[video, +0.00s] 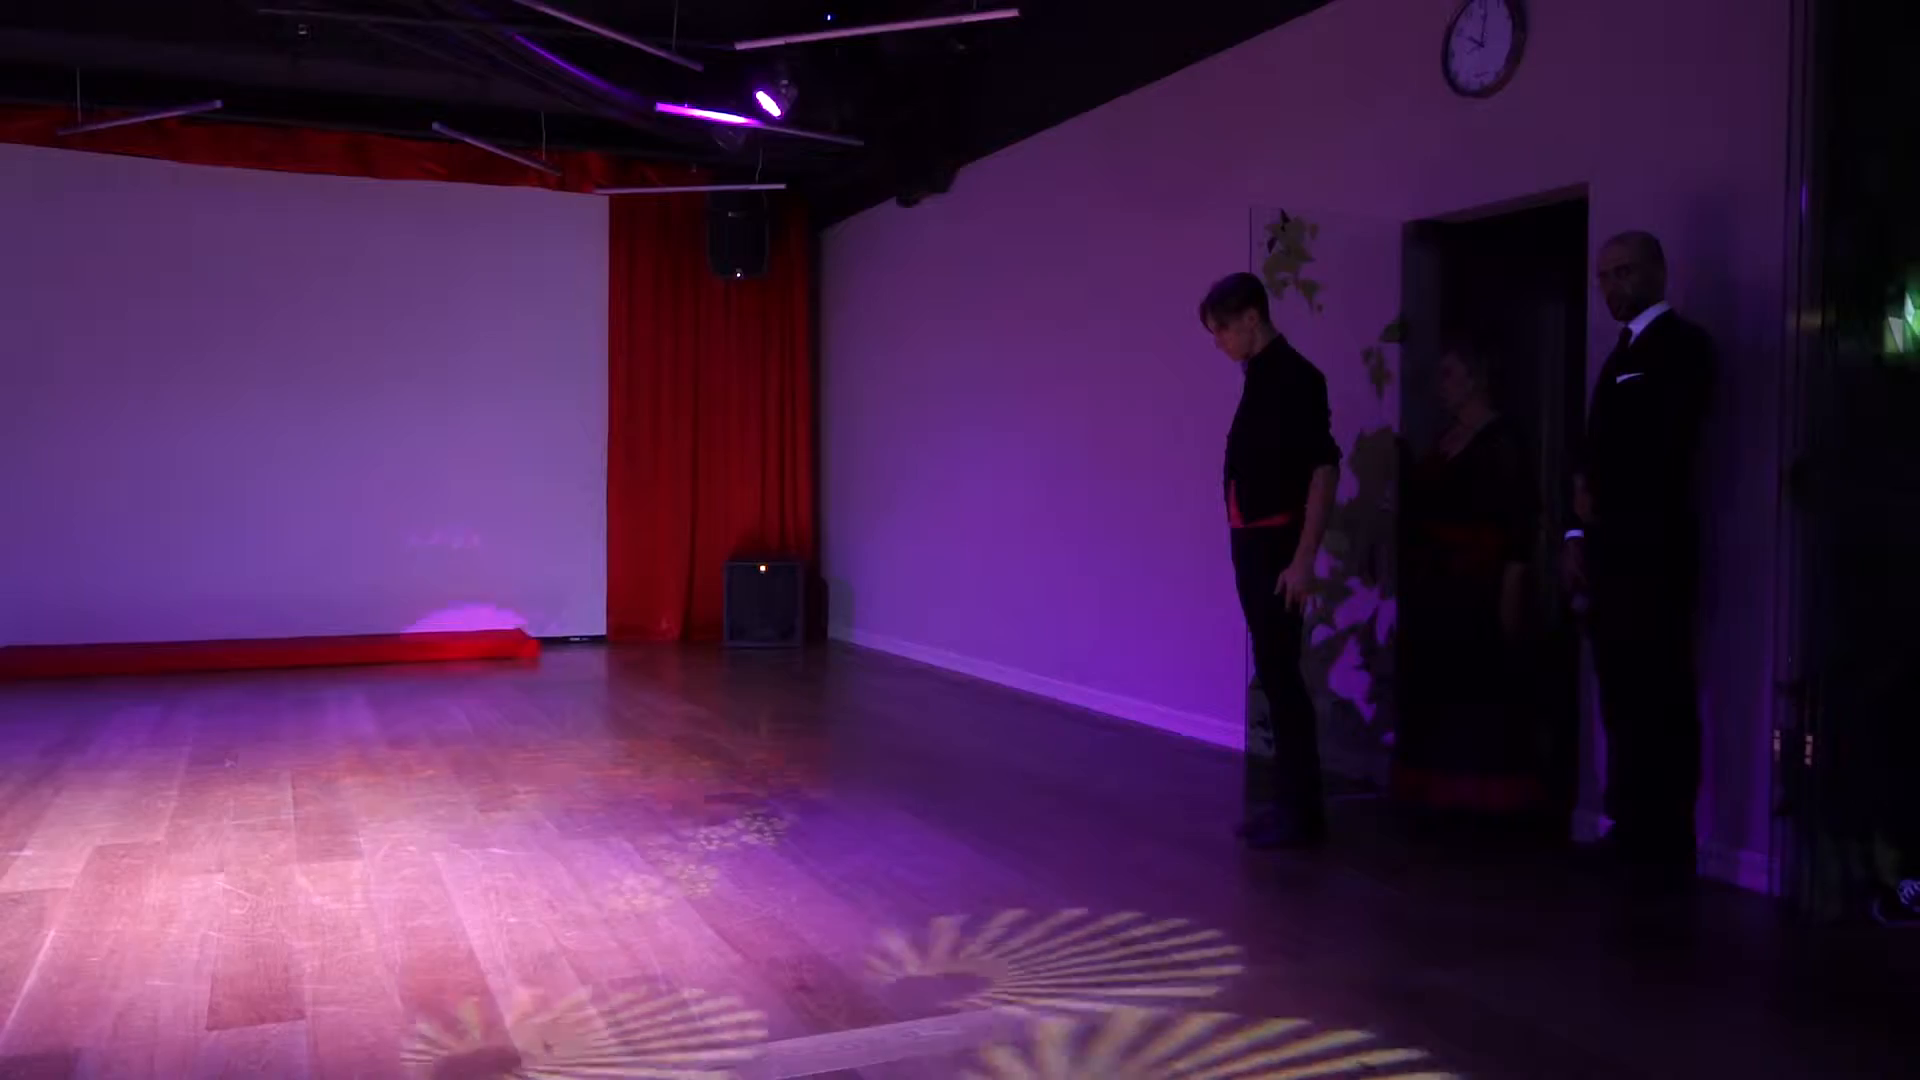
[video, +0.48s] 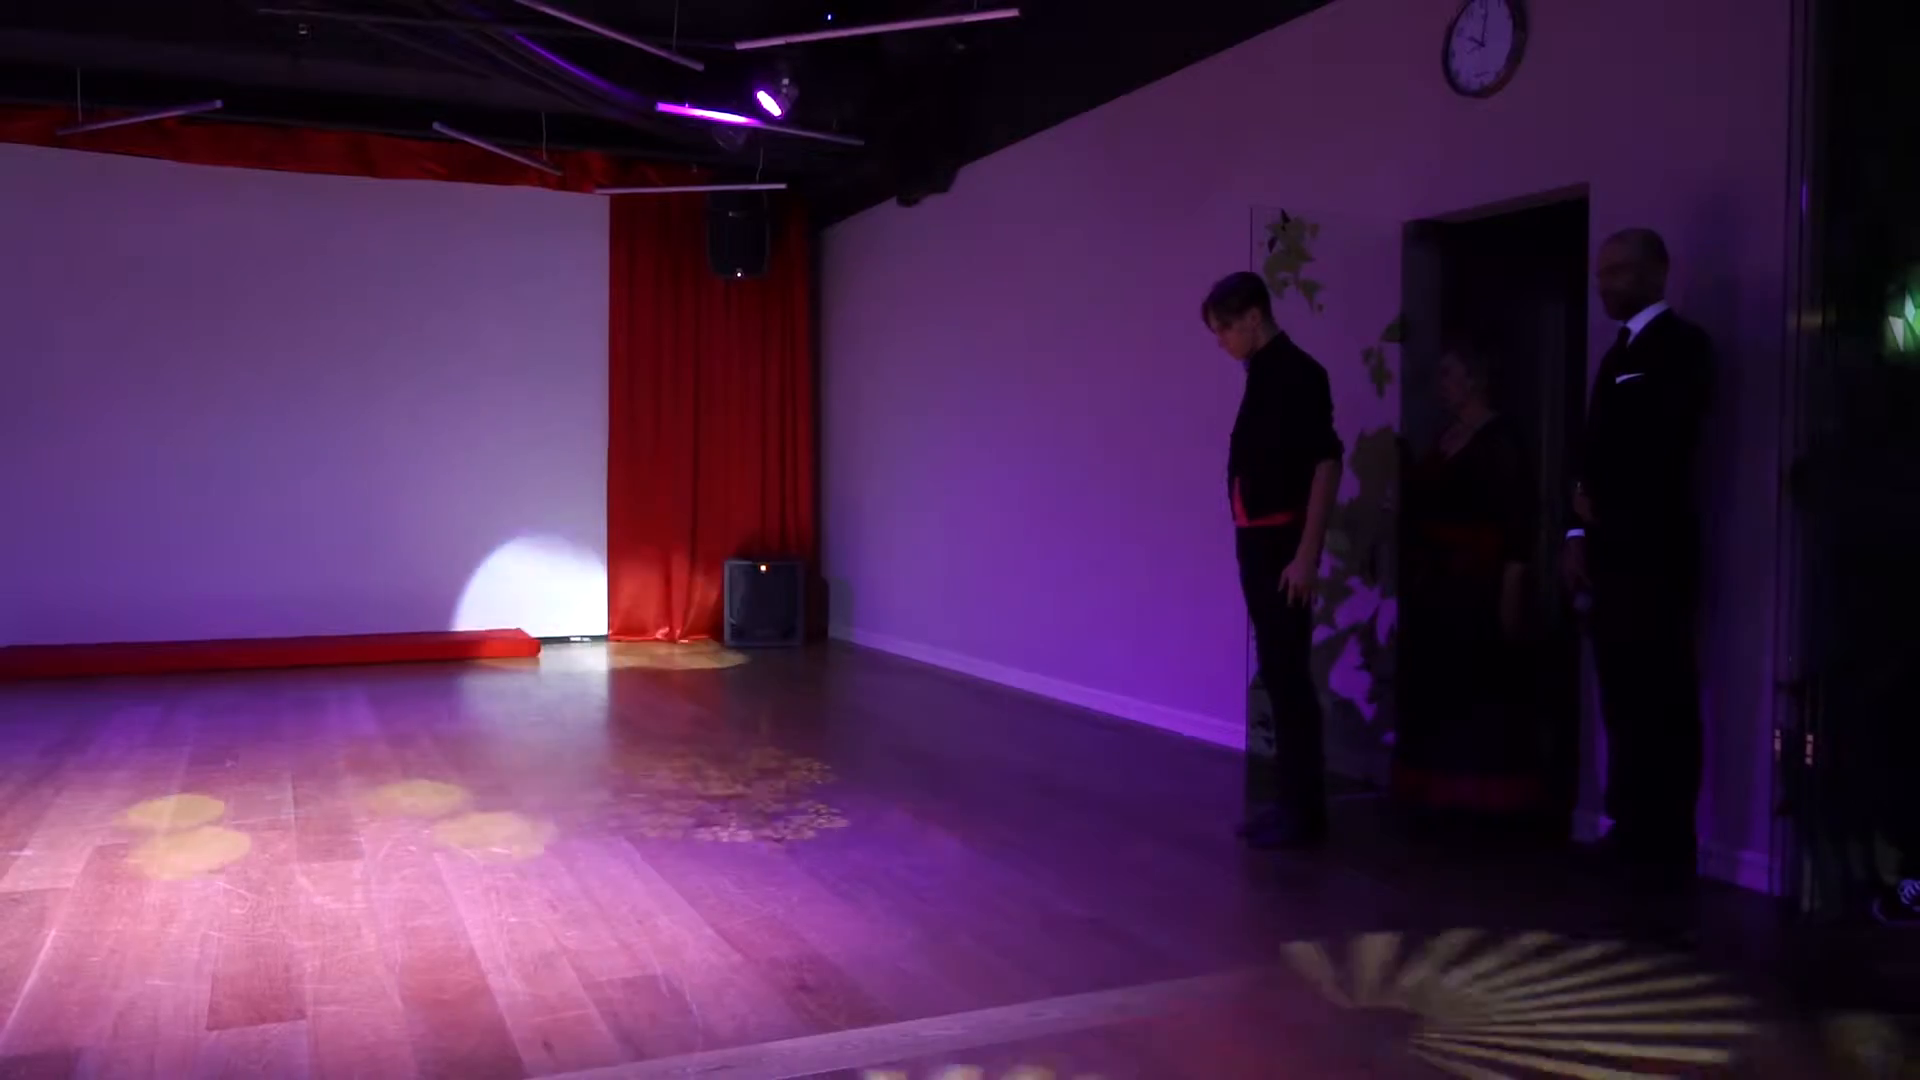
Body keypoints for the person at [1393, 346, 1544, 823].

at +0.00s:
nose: (1444, 385)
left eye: (1452, 376)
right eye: (1443, 376)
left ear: (1476, 380)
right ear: (1447, 382)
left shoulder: (1501, 438)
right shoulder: (1444, 439)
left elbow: (1511, 517)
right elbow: (1424, 510)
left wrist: (1509, 591)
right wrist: (1416, 577)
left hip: (1483, 588)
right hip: (1438, 586)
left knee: (1483, 692)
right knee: (1439, 691)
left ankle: (1486, 801)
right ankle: (1439, 798)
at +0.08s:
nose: (1443, 385)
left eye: (1452, 376)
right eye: (1442, 375)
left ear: (1476, 380)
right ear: (1448, 381)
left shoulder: (1501, 438)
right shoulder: (1444, 438)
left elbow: (1512, 518)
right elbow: (1424, 511)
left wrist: (1508, 592)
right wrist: (1416, 578)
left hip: (1482, 589)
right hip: (1437, 586)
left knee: (1483, 692)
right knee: (1438, 691)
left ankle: (1485, 801)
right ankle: (1439, 798)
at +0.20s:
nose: (1443, 386)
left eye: (1452, 376)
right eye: (1442, 376)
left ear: (1475, 381)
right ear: (1448, 382)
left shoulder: (1501, 438)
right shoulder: (1444, 438)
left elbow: (1512, 517)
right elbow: (1424, 509)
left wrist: (1508, 592)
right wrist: (1415, 575)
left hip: (1483, 587)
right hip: (1437, 584)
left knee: (1483, 691)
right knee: (1438, 689)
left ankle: (1485, 800)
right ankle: (1439, 797)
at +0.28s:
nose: (1443, 385)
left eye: (1451, 376)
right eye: (1442, 376)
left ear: (1475, 381)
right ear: (1447, 382)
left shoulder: (1501, 438)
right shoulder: (1443, 438)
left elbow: (1511, 515)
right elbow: (1424, 508)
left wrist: (1509, 591)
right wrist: (1415, 574)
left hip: (1483, 587)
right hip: (1437, 583)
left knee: (1483, 690)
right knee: (1438, 688)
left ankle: (1485, 798)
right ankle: (1439, 795)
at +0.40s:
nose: (1443, 385)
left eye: (1452, 376)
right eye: (1442, 376)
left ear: (1475, 381)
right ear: (1447, 382)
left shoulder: (1500, 438)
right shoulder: (1443, 438)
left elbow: (1511, 516)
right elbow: (1424, 509)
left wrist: (1508, 591)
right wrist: (1415, 573)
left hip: (1482, 588)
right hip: (1437, 584)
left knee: (1483, 692)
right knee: (1437, 689)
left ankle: (1485, 799)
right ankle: (1438, 796)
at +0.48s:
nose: (1444, 385)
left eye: (1453, 376)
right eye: (1442, 376)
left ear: (1475, 381)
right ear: (1444, 382)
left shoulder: (1500, 438)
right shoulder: (1443, 438)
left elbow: (1512, 515)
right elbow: (1424, 509)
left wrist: (1509, 590)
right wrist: (1414, 573)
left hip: (1483, 587)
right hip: (1436, 583)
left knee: (1482, 690)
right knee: (1437, 688)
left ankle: (1485, 798)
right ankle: (1437, 795)